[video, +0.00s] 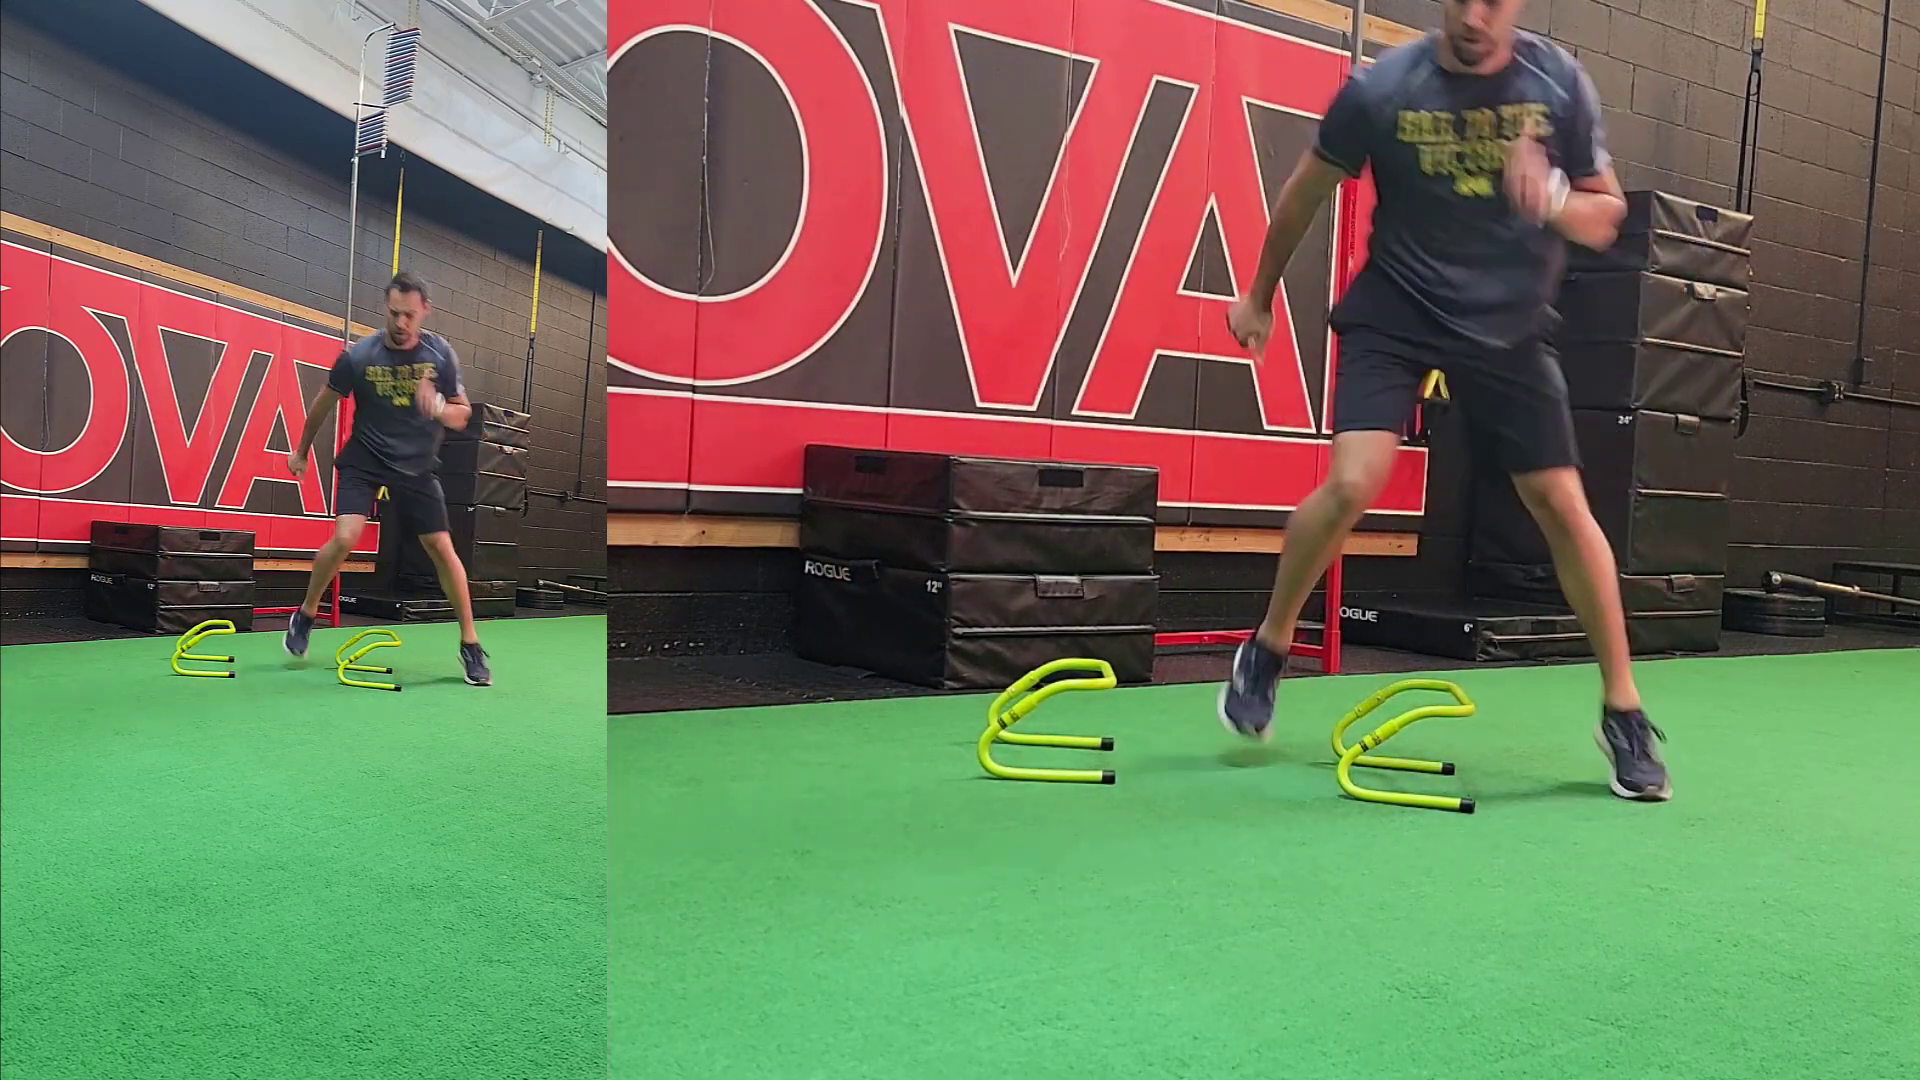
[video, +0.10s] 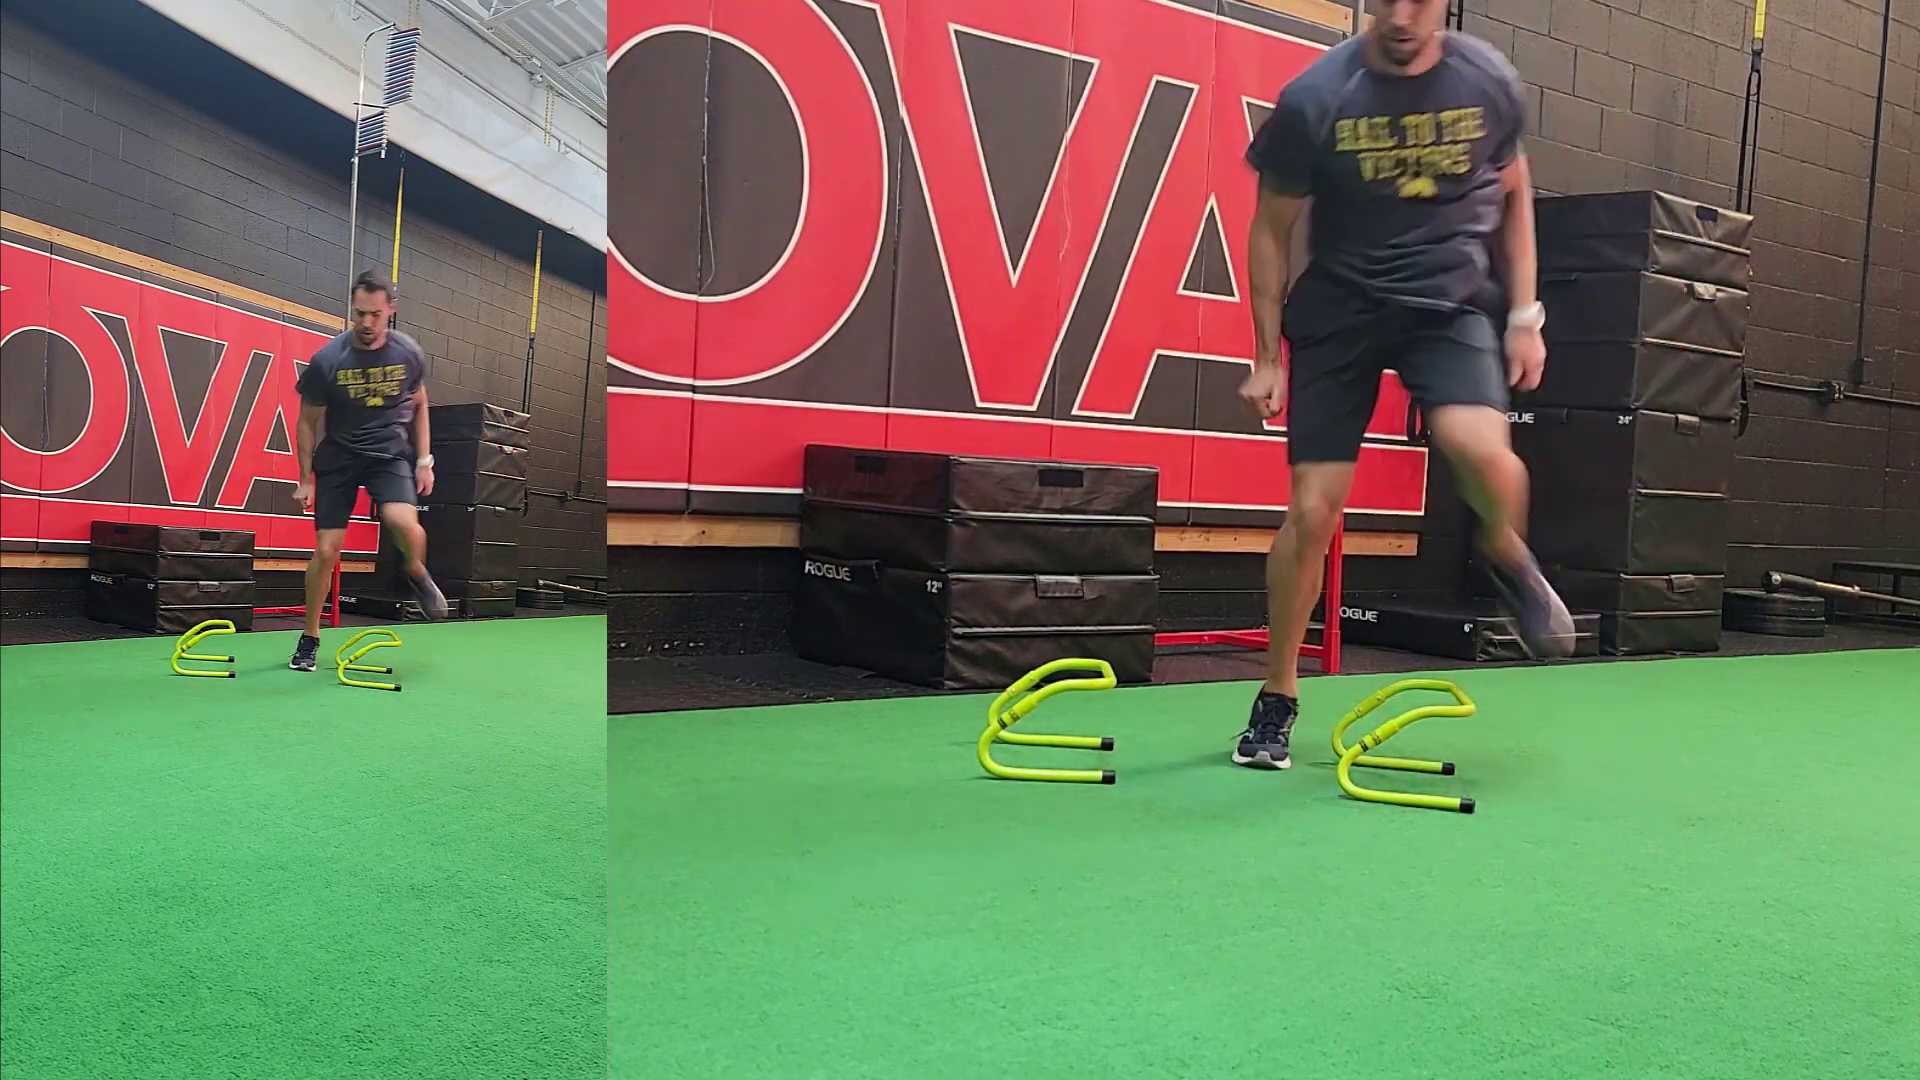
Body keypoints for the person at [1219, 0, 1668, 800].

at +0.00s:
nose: (1475, 17)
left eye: (1493, 3)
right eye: (1461, 1)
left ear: (1519, 9)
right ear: (1437, 3)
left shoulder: (1560, 80)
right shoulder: (1376, 91)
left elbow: (1605, 221)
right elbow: (1307, 189)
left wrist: (1552, 200)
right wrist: (1258, 294)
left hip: (1509, 330)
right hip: (1394, 315)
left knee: (1564, 504)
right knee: (1352, 486)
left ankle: (1624, 708)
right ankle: (1269, 646)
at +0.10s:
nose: (1403, 18)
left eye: (1420, 3)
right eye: (1388, 3)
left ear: (1447, 6)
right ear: (1365, 6)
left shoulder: (1489, 81)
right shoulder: (1313, 100)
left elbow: (1515, 195)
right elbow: (1272, 229)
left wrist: (1524, 314)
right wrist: (1266, 354)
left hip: (1452, 310)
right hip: (1337, 313)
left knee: (1483, 451)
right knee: (1310, 513)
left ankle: (1508, 559)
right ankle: (1277, 695)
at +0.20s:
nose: (1342, 17)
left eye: (1360, 3)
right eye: (1329, 2)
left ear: (1387, 7)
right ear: (1309, 4)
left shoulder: (1436, 87)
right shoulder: (1257, 94)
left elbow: (1472, 181)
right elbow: (1215, 221)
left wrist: (1480, 280)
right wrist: (1266, 262)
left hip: (1393, 290)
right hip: (1289, 302)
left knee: (1379, 391)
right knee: (1284, 511)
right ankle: (1274, 698)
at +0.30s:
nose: (1294, 12)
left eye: (1309, 4)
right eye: (1281, 3)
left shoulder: (1393, 61)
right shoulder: (1210, 55)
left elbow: (1423, 169)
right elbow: (1173, 174)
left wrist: (1427, 280)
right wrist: (1207, 229)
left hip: (1332, 283)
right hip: (1235, 281)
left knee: (1308, 436)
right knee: (1224, 461)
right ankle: (1251, 643)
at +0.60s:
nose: (1098, 12)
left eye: (1116, 2)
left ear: (1152, 0)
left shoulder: (1207, 75)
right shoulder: (1028, 59)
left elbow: (1254, 218)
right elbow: (1005, 163)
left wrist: (1184, 295)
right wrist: (995, 278)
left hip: (1165, 280)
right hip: (1054, 271)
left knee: (1171, 464)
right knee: (983, 447)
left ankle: (1219, 614)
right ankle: (895, 641)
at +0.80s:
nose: (976, 110)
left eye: (995, 93)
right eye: (963, 88)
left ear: (1037, 73)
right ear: (949, 70)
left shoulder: (1091, 177)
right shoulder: (918, 140)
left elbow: (1054, 330)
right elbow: (908, 229)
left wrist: (959, 243)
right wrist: (905, 305)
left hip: (1060, 355)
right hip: (956, 343)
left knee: (1032, 480)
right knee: (905, 502)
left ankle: (1009, 514)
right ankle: (864, 692)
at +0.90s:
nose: (936, 131)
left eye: (954, 114)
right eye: (921, 112)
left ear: (995, 87)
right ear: (904, 90)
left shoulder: (1053, 187)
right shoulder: (891, 146)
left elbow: (1000, 342)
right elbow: (897, 234)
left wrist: (911, 244)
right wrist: (891, 297)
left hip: (1036, 360)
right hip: (932, 347)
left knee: (982, 493)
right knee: (892, 502)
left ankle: (945, 545)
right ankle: (860, 695)